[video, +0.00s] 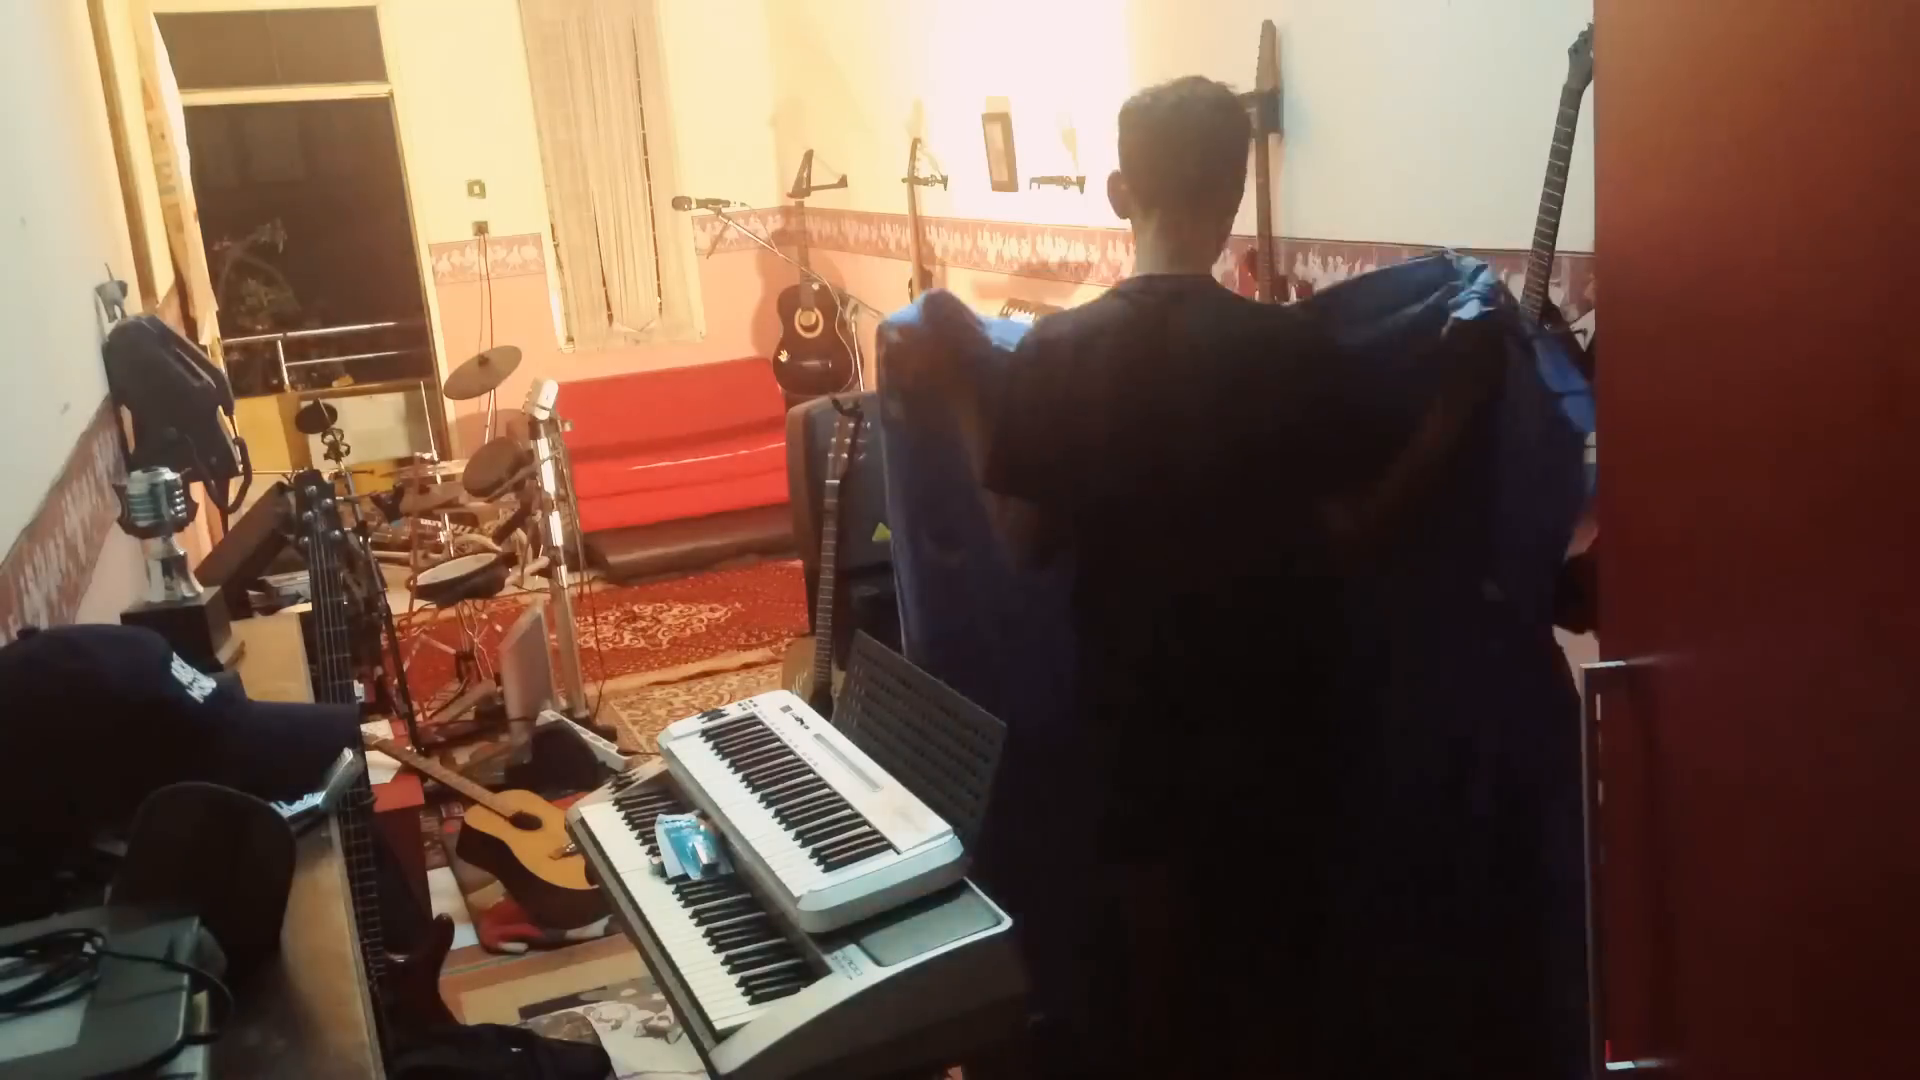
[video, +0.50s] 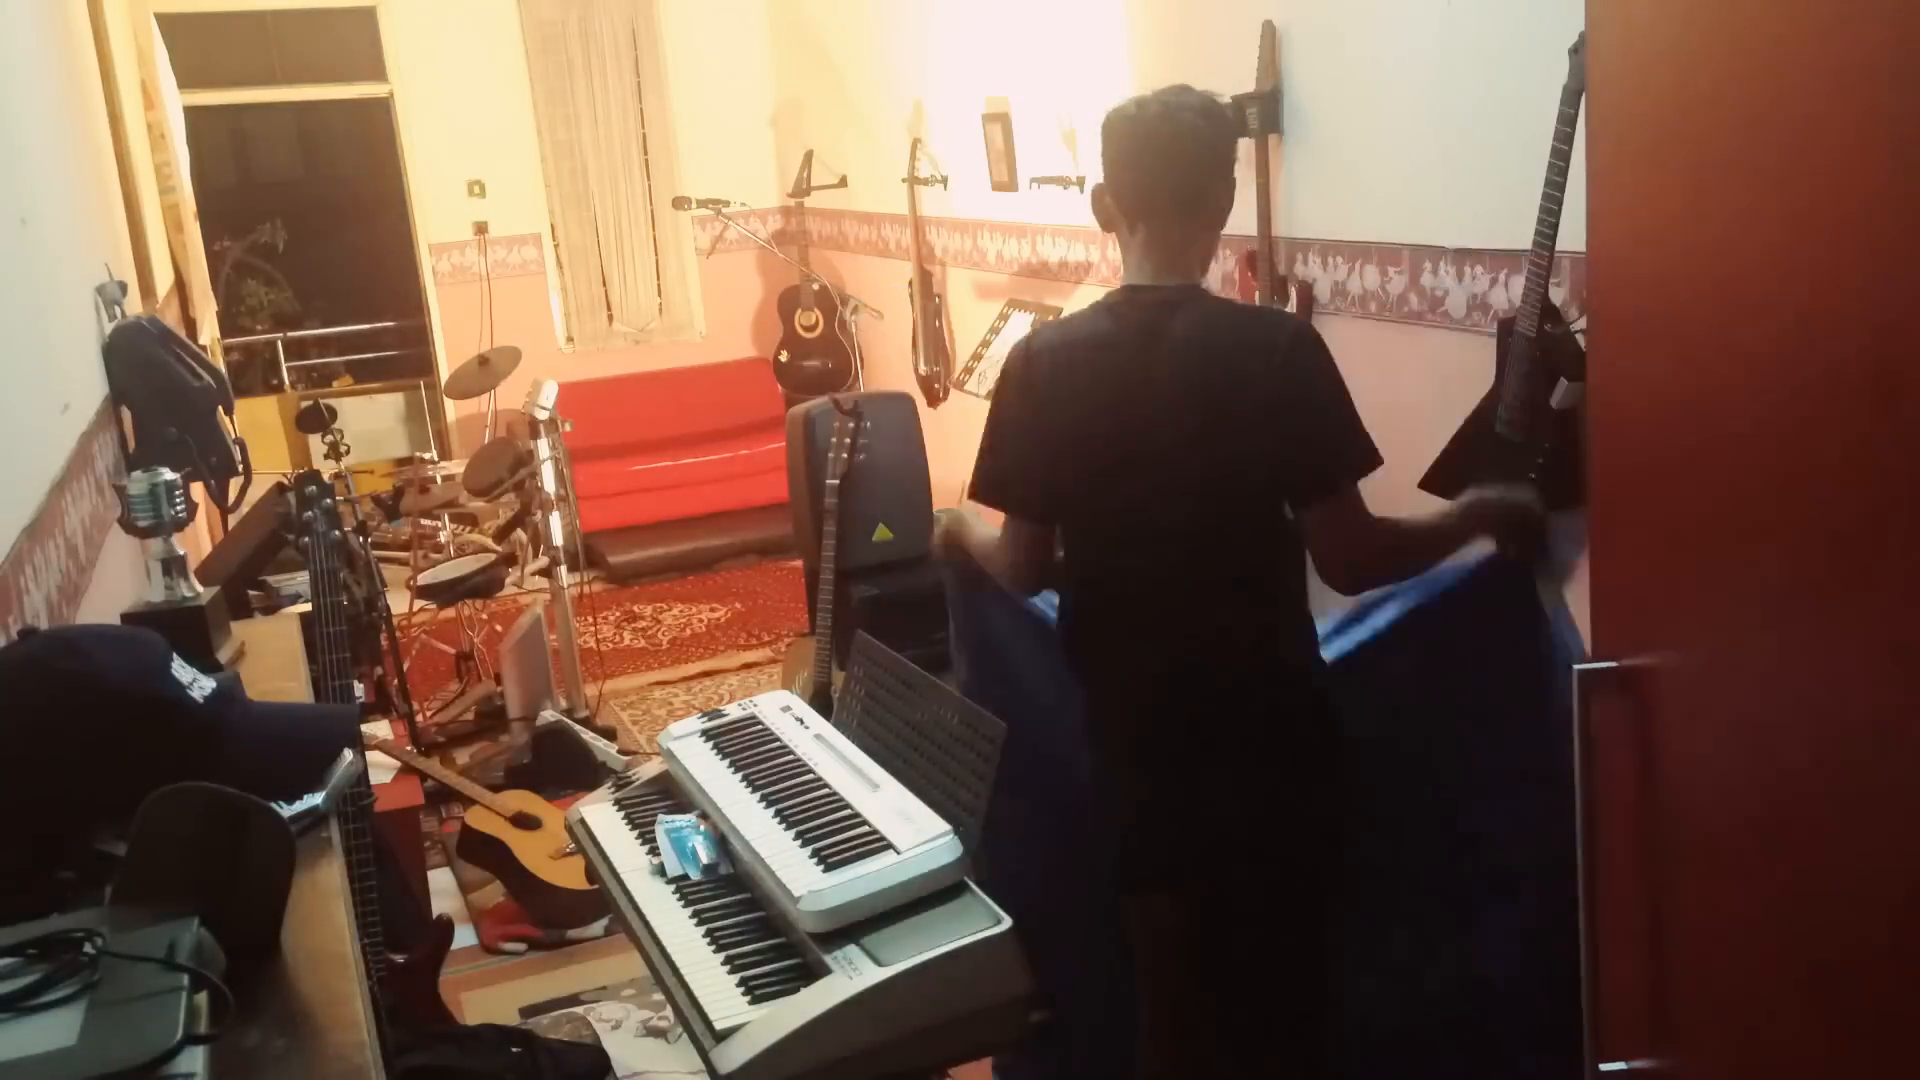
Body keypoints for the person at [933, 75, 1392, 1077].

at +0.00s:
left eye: (1126, 173)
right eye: (1222, 179)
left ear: (1120, 188)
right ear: (1239, 190)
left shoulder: (1053, 356)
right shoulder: (1294, 347)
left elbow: (1020, 533)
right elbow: (1350, 526)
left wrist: (972, 389)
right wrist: (1457, 394)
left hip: (1118, 712)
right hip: (1277, 708)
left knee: (1126, 950)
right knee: (1275, 952)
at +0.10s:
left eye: (1142, 196)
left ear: (1137, 216)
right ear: (1271, 215)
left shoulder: (1074, 387)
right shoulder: (1347, 386)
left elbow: (1002, 551)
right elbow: (1437, 574)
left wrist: (964, 377)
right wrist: (1533, 397)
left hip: (1145, 738)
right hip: (1320, 736)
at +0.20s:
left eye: (1096, 211)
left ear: (1096, 232)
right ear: (1238, 232)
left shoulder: (1028, 413)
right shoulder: (1329, 397)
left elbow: (976, 584)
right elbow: (1429, 590)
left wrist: (922, 391)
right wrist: (1519, 405)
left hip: (1125, 771)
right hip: (1313, 759)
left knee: (1128, 1020)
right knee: (1305, 1015)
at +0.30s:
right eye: (1256, 198)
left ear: (1131, 217)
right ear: (1263, 214)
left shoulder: (1060, 386)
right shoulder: (1337, 381)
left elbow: (1013, 573)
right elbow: (1414, 585)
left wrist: (943, 404)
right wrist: (1526, 398)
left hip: (1136, 762)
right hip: (1315, 752)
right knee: (1312, 1006)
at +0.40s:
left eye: (1120, 190)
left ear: (1124, 208)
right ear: (1247, 206)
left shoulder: (1062, 362)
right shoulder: (1301, 353)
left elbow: (1033, 568)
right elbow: (1375, 564)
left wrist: (949, 434)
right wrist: (1512, 396)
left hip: (1137, 748)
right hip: (1298, 737)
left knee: (1160, 991)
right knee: (1312, 991)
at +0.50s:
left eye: (1110, 192)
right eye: (1211, 195)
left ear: (1107, 206)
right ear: (1223, 208)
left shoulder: (1047, 361)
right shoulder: (1279, 348)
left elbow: (1020, 567)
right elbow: (1350, 557)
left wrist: (960, 522)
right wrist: (1480, 515)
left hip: (1124, 725)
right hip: (1272, 714)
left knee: (1161, 985)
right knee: (1285, 977)